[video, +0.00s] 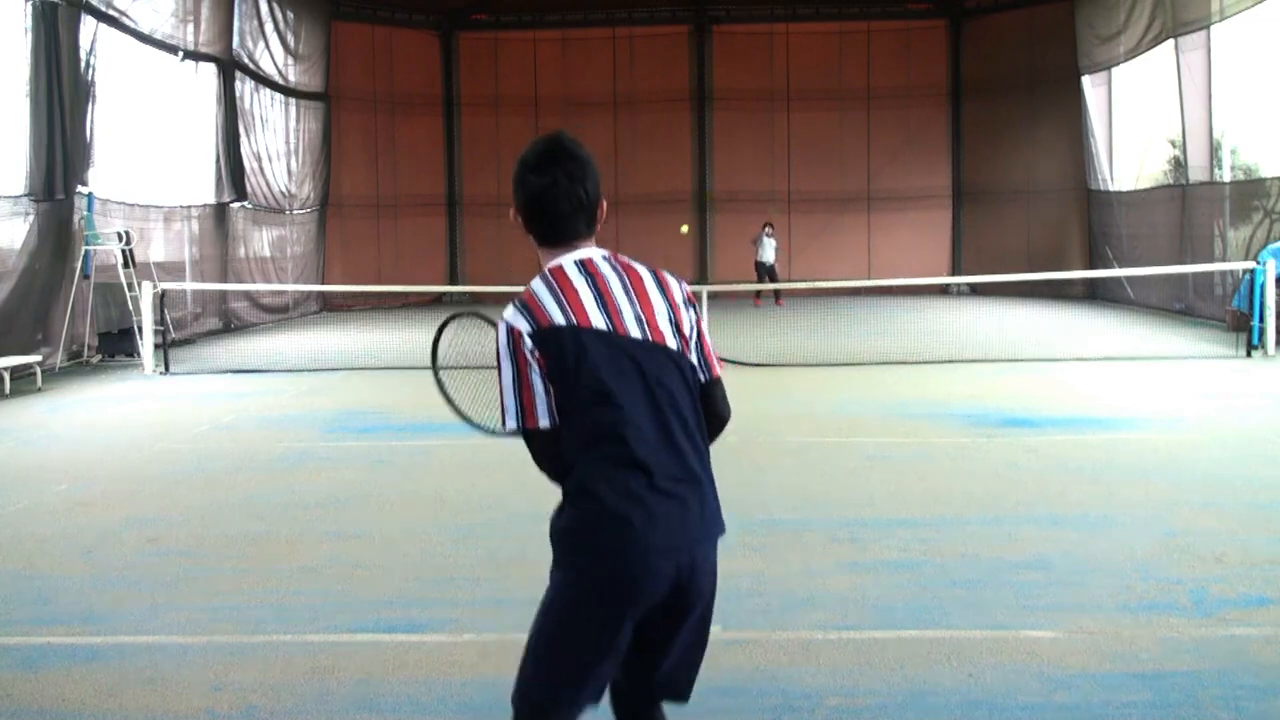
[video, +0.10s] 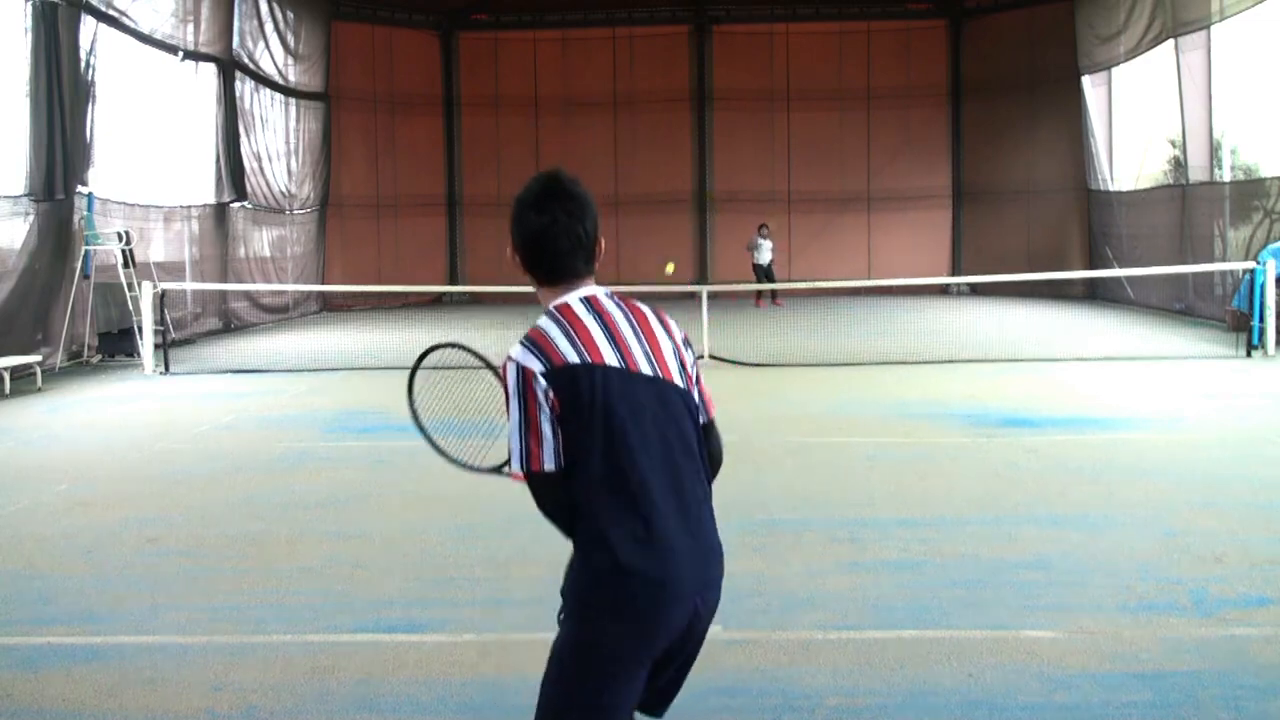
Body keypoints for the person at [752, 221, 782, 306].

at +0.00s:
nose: (768, 231)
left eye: (770, 229)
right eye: (766, 228)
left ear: (772, 231)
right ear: (764, 230)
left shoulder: (773, 241)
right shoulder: (761, 239)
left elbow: (774, 252)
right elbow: (757, 243)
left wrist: (775, 262)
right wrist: (763, 234)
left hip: (770, 262)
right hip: (761, 261)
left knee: (775, 281)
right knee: (761, 280)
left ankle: (778, 299)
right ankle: (757, 298)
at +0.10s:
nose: (764, 232)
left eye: (766, 230)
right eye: (762, 230)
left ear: (767, 231)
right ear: (759, 231)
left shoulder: (769, 242)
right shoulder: (756, 240)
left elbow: (771, 251)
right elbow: (749, 248)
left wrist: (772, 259)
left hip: (767, 263)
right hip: (758, 263)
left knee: (773, 282)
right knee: (761, 282)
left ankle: (774, 299)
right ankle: (758, 300)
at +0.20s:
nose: (760, 231)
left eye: (761, 229)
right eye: (758, 229)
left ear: (763, 230)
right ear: (755, 231)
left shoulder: (766, 241)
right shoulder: (752, 240)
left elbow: (769, 250)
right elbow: (745, 249)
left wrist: (768, 253)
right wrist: (752, 252)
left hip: (764, 262)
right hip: (755, 263)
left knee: (768, 281)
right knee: (759, 281)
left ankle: (765, 298)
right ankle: (758, 299)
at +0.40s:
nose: (752, 228)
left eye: (754, 226)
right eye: (750, 226)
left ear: (756, 228)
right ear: (748, 228)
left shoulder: (760, 238)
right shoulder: (743, 238)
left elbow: (764, 248)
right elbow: (740, 249)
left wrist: (760, 251)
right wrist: (746, 254)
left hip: (756, 261)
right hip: (746, 261)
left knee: (756, 280)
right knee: (746, 280)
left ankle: (753, 299)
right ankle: (745, 299)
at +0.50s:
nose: (749, 232)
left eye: (750, 229)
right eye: (747, 229)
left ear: (753, 231)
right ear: (744, 231)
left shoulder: (757, 241)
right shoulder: (740, 242)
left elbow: (760, 252)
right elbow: (736, 253)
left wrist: (754, 252)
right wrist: (744, 256)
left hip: (753, 265)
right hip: (741, 264)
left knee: (754, 283)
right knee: (737, 282)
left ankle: (752, 300)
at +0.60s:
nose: (744, 231)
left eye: (745, 229)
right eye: (742, 229)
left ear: (748, 230)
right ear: (739, 230)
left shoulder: (752, 240)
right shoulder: (735, 240)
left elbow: (755, 251)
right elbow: (732, 252)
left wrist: (748, 250)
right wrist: (740, 256)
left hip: (748, 264)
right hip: (736, 264)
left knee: (752, 282)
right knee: (729, 281)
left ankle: (752, 300)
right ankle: (723, 297)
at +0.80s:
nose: (731, 232)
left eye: (733, 230)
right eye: (730, 230)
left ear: (736, 232)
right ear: (727, 232)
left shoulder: (740, 242)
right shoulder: (723, 241)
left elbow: (743, 254)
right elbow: (719, 252)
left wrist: (735, 252)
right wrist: (728, 254)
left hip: (736, 265)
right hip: (724, 265)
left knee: (743, 283)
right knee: (718, 283)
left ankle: (750, 300)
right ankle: (715, 300)